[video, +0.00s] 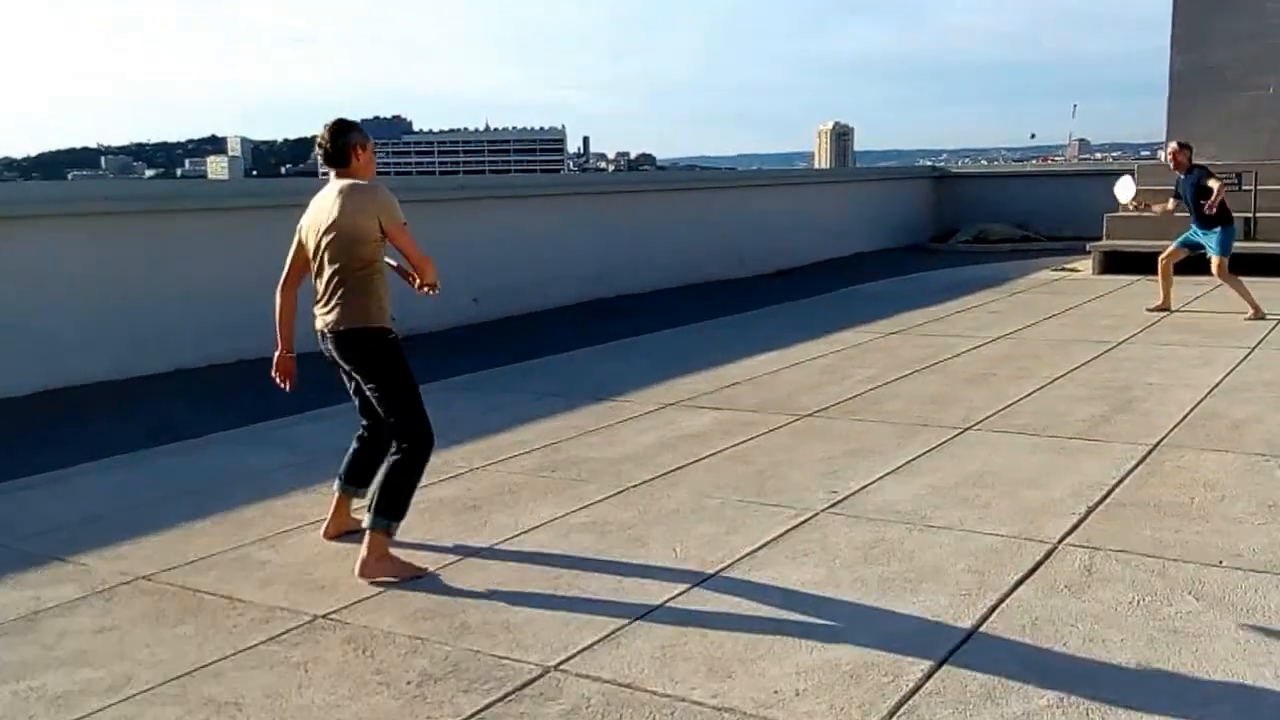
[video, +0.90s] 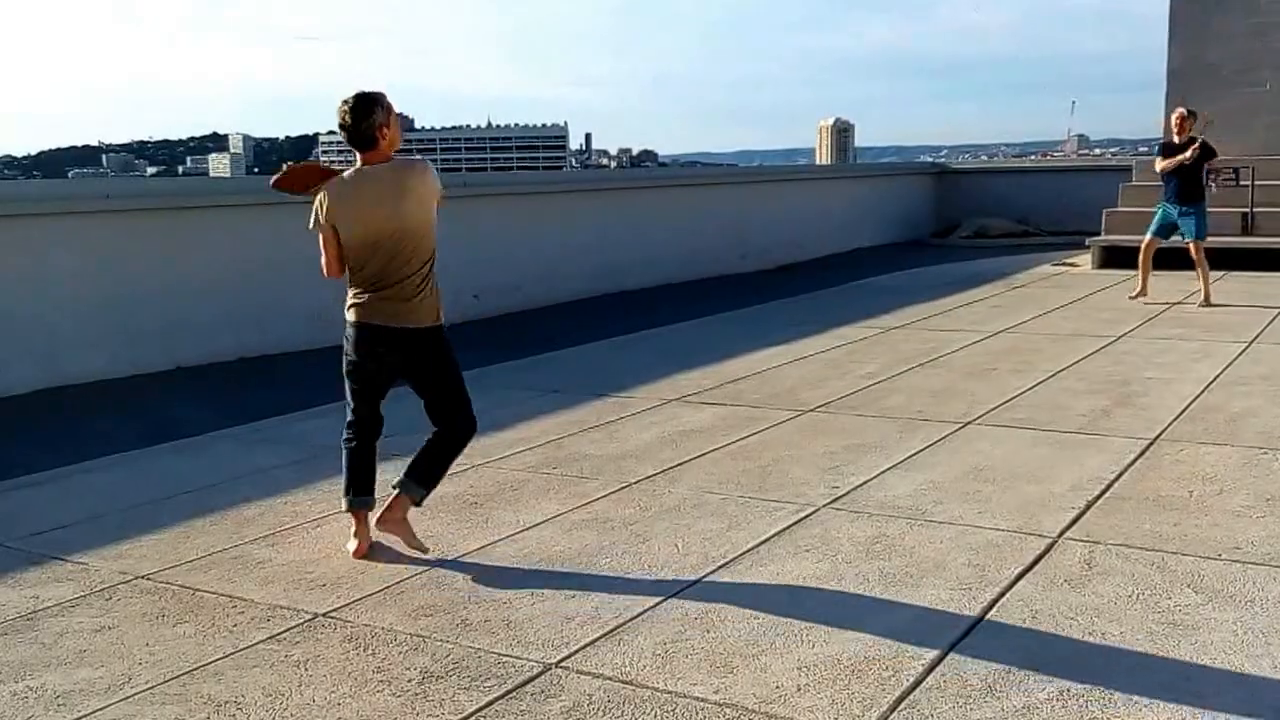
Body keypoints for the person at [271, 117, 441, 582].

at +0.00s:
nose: (375, 155)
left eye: (370, 148)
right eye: (370, 148)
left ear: (331, 160)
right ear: (358, 153)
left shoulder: (315, 208)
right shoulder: (373, 195)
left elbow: (287, 285)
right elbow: (419, 263)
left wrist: (283, 347)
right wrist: (429, 282)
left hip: (333, 335)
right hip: (368, 334)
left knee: (378, 424)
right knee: (415, 436)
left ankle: (339, 516)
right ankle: (376, 553)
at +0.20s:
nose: (388, 127)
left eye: (385, 118)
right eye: (384, 119)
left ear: (345, 126)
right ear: (370, 124)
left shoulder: (326, 176)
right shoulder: (374, 178)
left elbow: (314, 260)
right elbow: (407, 256)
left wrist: (325, 314)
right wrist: (435, 280)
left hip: (337, 320)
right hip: (369, 320)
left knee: (364, 413)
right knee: (397, 429)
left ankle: (340, 507)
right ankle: (376, 553)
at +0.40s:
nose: (404, 121)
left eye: (401, 113)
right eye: (400, 115)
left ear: (361, 124)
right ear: (387, 122)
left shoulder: (349, 171)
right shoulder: (368, 178)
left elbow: (367, 260)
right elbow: (375, 262)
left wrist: (422, 292)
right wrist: (425, 293)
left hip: (333, 314)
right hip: (350, 321)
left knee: (356, 413)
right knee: (376, 430)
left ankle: (321, 505)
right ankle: (357, 553)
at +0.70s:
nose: (404, 118)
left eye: (400, 110)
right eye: (399, 112)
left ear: (357, 123)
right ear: (385, 120)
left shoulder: (329, 172)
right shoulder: (405, 179)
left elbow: (339, 240)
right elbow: (438, 264)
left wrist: (401, 257)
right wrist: (416, 262)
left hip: (330, 314)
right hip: (375, 322)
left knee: (358, 413)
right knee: (392, 431)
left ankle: (347, 512)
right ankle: (357, 548)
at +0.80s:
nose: (398, 117)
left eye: (393, 110)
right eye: (392, 111)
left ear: (349, 126)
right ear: (378, 122)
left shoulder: (322, 180)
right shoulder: (414, 175)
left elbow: (324, 259)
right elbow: (452, 229)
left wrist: (361, 233)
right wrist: (413, 221)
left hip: (350, 322)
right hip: (402, 324)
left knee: (366, 422)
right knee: (413, 430)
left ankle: (367, 535)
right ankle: (360, 536)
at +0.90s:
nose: (400, 121)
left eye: (394, 114)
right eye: (394, 117)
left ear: (353, 138)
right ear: (384, 132)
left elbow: (332, 268)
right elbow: (419, 220)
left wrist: (365, 233)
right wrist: (354, 182)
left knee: (361, 423)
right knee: (458, 423)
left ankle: (360, 532)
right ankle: (398, 510)